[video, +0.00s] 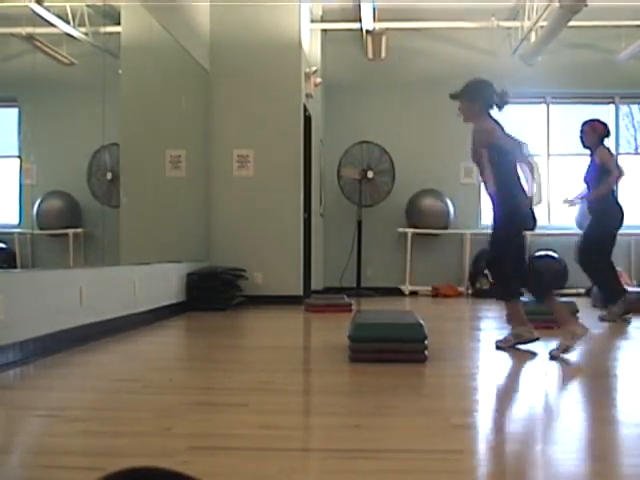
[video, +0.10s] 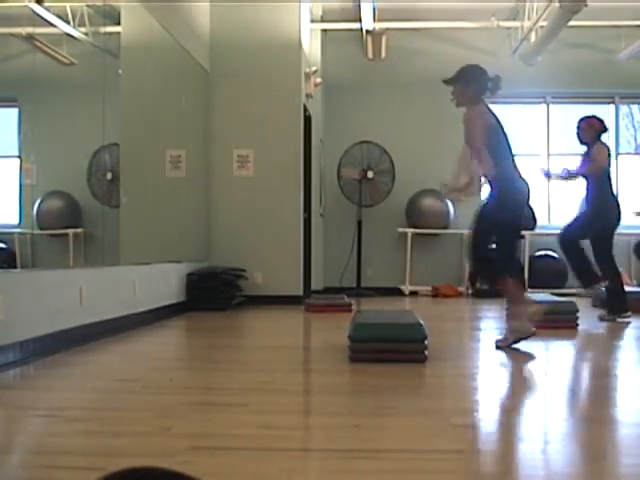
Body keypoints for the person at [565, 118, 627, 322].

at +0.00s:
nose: (582, 137)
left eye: (586, 133)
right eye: (582, 133)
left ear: (597, 135)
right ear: (591, 135)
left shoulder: (602, 152)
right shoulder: (597, 155)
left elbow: (616, 173)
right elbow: (598, 183)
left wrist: (595, 194)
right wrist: (579, 198)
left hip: (606, 211)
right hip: (602, 211)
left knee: (586, 254)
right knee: (600, 256)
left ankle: (616, 297)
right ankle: (615, 297)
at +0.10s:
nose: (578, 132)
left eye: (582, 129)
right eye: (578, 129)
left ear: (594, 130)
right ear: (586, 132)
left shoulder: (600, 149)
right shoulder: (589, 153)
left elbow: (598, 167)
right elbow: (581, 174)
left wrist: (575, 172)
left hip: (601, 210)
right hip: (600, 210)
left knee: (567, 237)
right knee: (605, 258)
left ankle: (591, 282)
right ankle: (618, 307)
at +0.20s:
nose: (572, 133)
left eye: (576, 130)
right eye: (572, 130)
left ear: (587, 131)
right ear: (582, 133)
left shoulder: (594, 150)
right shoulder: (585, 152)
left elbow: (568, 162)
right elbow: (562, 162)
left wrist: (541, 155)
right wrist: (543, 155)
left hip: (598, 211)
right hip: (594, 209)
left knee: (556, 231)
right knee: (605, 260)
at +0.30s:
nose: (564, 137)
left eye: (568, 134)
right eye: (564, 134)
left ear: (579, 135)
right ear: (578, 135)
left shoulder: (581, 152)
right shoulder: (583, 152)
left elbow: (556, 160)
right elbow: (559, 156)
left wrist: (536, 151)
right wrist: (539, 151)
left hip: (590, 213)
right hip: (597, 212)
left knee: (551, 235)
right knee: (604, 261)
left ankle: (542, 284)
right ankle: (618, 308)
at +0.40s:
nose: (554, 133)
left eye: (557, 129)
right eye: (554, 129)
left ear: (567, 129)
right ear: (569, 130)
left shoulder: (572, 149)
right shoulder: (573, 149)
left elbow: (548, 162)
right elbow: (549, 161)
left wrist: (531, 159)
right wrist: (533, 158)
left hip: (581, 208)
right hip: (590, 208)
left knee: (547, 235)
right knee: (593, 257)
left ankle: (541, 287)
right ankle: (614, 302)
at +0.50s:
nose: (546, 125)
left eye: (549, 122)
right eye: (546, 122)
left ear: (560, 123)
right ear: (560, 123)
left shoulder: (565, 141)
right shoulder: (563, 143)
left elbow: (551, 163)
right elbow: (564, 167)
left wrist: (536, 173)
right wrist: (550, 174)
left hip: (578, 201)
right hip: (580, 200)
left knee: (546, 237)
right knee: (572, 246)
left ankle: (542, 286)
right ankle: (597, 287)